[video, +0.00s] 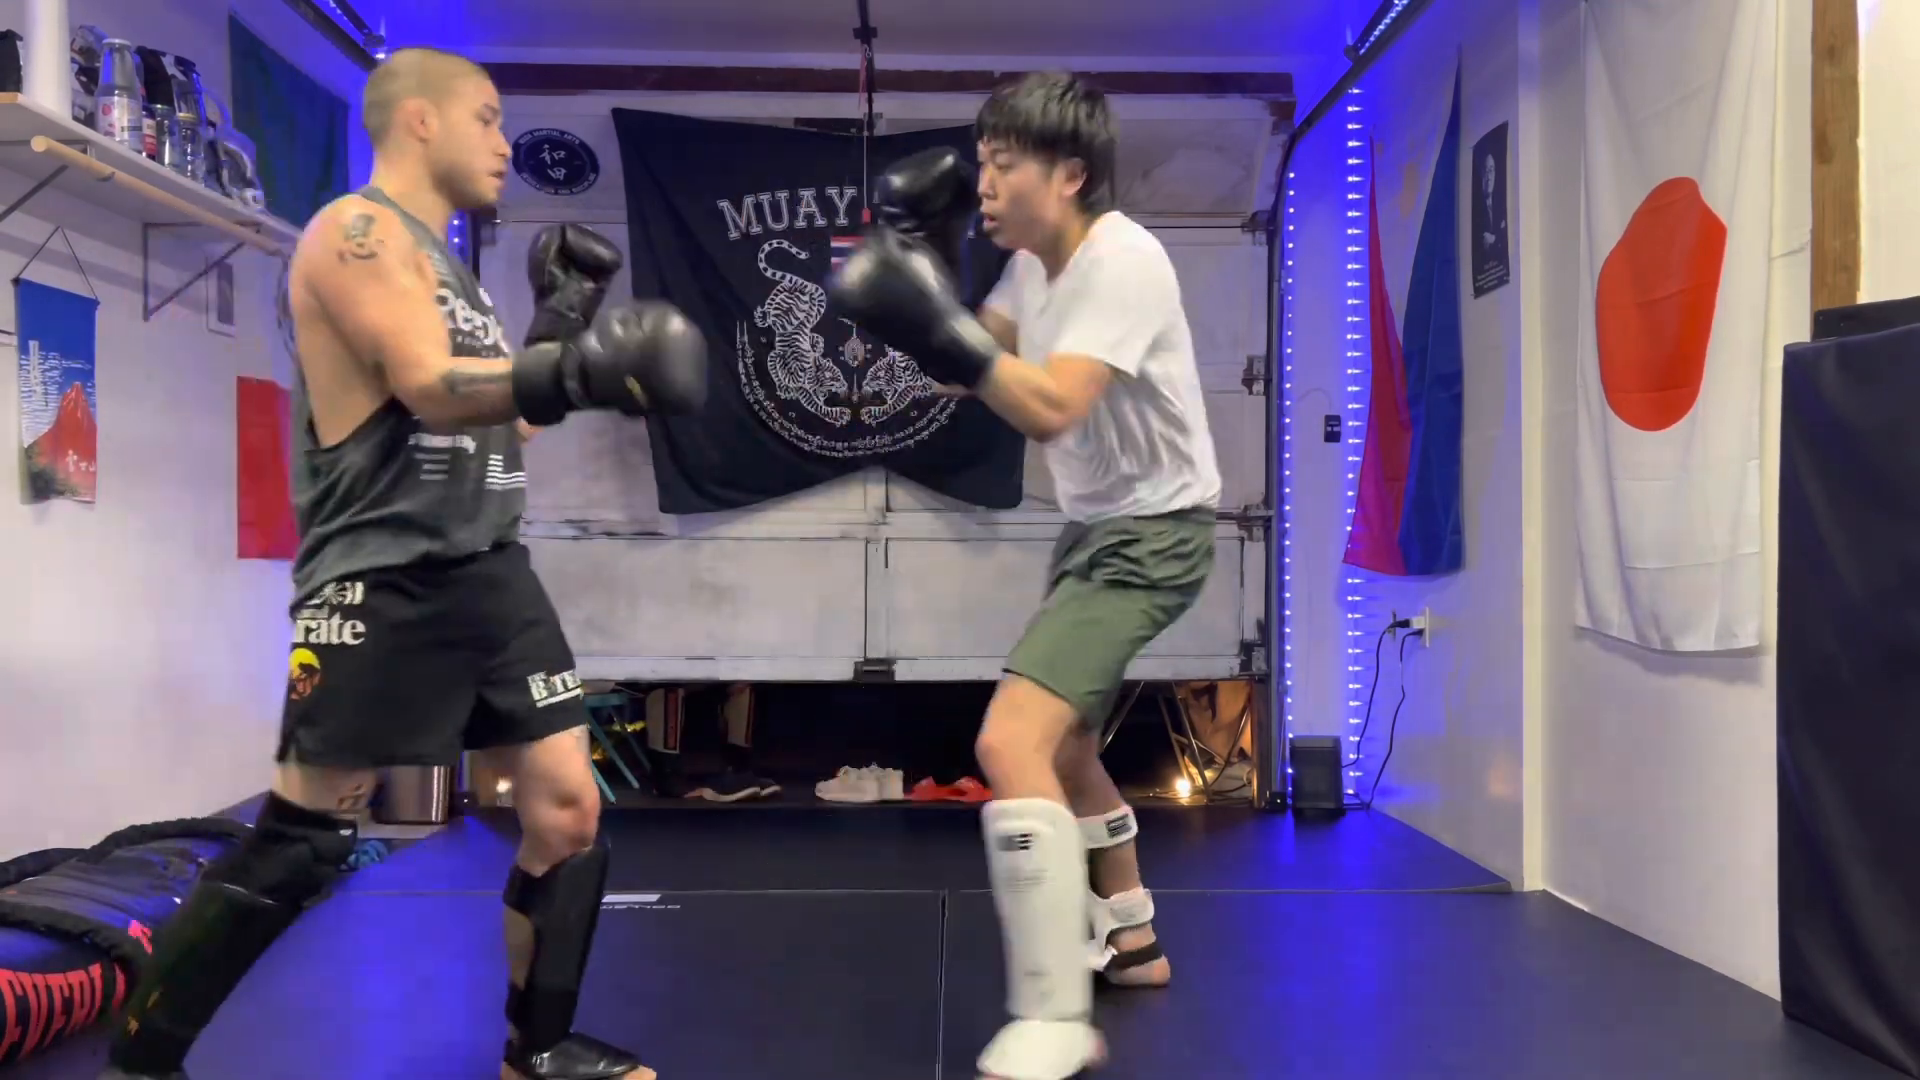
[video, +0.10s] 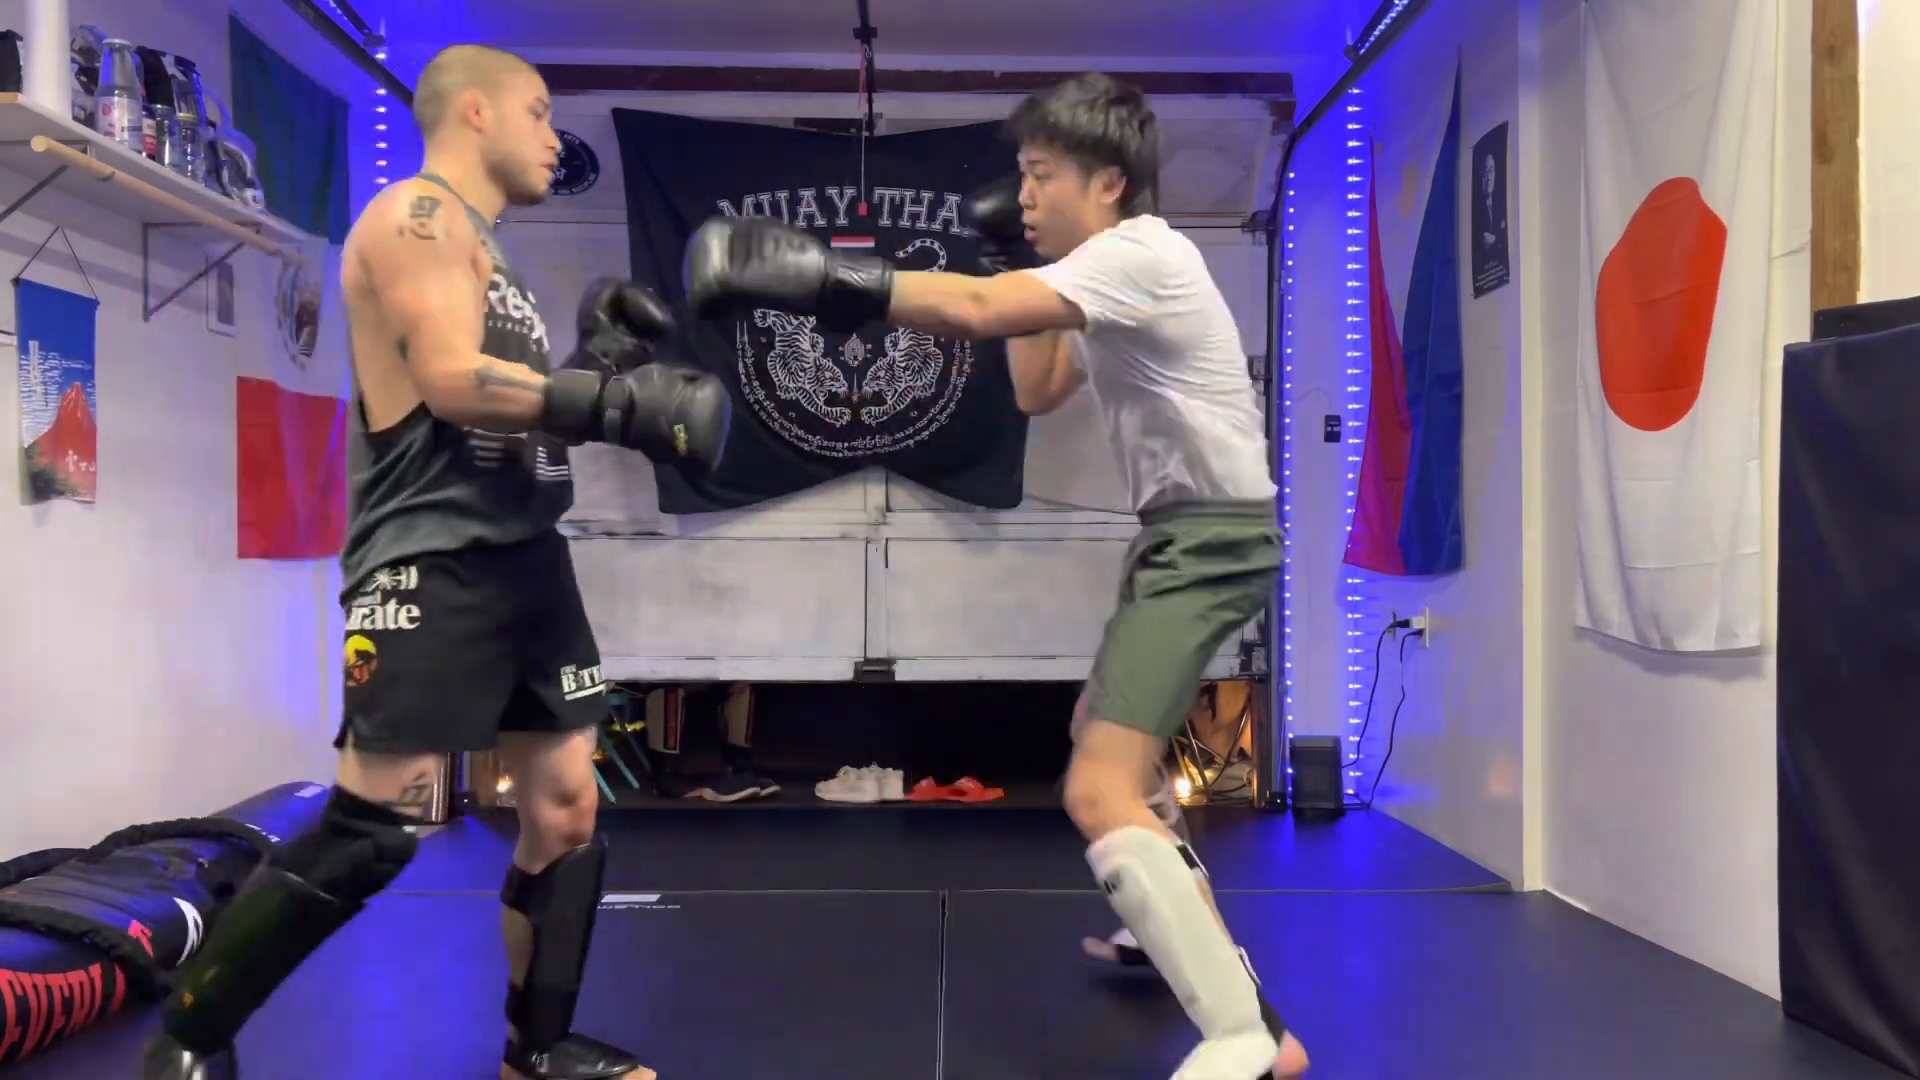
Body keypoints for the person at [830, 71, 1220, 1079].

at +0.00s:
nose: (985, 189)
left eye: (1003, 167)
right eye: (983, 168)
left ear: (1068, 175)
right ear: (1018, 180)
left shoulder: (1123, 259)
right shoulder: (1033, 268)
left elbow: (1052, 409)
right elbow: (985, 363)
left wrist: (942, 325)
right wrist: (933, 249)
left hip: (1153, 533)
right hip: (1096, 532)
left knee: (1012, 744)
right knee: (1063, 742)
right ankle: (1128, 931)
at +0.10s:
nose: (1024, 197)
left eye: (1041, 175)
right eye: (1024, 176)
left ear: (1109, 182)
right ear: (1092, 187)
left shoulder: (1143, 254)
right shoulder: (1111, 272)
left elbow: (972, 303)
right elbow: (1040, 390)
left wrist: (819, 272)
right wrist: (1018, 272)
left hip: (1213, 537)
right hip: (1182, 536)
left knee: (1100, 793)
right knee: (1104, 743)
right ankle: (1182, 924)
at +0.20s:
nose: (1066, 230)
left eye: (1082, 209)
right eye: (1066, 211)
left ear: (1147, 215)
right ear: (1133, 219)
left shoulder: (1186, 280)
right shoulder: (1160, 297)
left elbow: (1052, 357)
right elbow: (1101, 430)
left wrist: (910, 317)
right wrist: (1077, 318)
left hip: (1263, 561)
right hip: (1243, 559)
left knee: (1131, 801)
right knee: (1183, 748)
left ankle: (1246, 1052)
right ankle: (1323, 897)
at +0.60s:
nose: (1213, 164)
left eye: (1231, 143)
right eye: (1208, 146)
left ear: (1294, 149)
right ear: (1221, 155)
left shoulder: (1345, 220)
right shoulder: (1263, 269)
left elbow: (1409, 362)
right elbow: (1225, 376)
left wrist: (1284, 363)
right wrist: (1180, 293)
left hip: (1382, 498)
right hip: (1313, 508)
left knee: (1406, 743)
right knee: (1242, 707)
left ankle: (1557, 925)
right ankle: (1322, 899)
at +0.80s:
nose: (1217, 202)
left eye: (1235, 182)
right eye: (1212, 185)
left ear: (1292, 188)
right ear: (1218, 196)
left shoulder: (1348, 262)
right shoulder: (1232, 298)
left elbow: (1393, 399)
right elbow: (1203, 419)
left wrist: (1284, 362)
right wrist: (1175, 328)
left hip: (1366, 534)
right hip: (1280, 541)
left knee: (1432, 743)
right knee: (1193, 711)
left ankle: (1567, 943)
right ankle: (1222, 904)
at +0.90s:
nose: (1192, 177)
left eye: (1211, 159)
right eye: (1187, 161)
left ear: (1265, 165)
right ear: (1187, 173)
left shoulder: (1321, 237)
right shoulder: (1206, 266)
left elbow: (1368, 372)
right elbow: (1157, 377)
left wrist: (1274, 333)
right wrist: (1138, 280)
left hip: (1325, 499)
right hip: (1236, 504)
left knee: (1379, 716)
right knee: (1165, 687)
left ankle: (1505, 912)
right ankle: (1191, 858)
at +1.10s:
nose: (1148, 249)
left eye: (1167, 233)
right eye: (1143, 233)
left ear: (1217, 241)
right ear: (1141, 241)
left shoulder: (1269, 319)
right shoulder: (1146, 336)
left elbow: (1317, 447)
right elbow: (1094, 434)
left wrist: (1232, 425)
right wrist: (1084, 338)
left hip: (1251, 556)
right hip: (1167, 556)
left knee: (1245, 765)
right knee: (1141, 741)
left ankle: (1346, 904)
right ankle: (1165, 878)